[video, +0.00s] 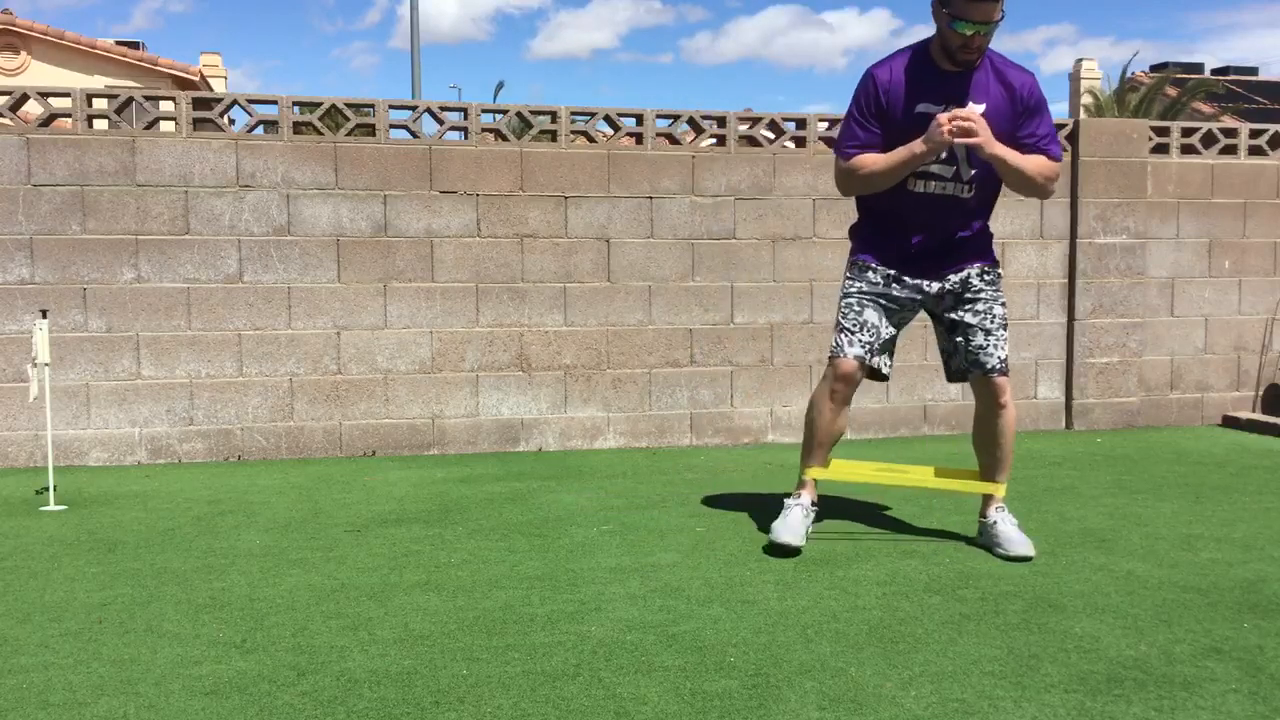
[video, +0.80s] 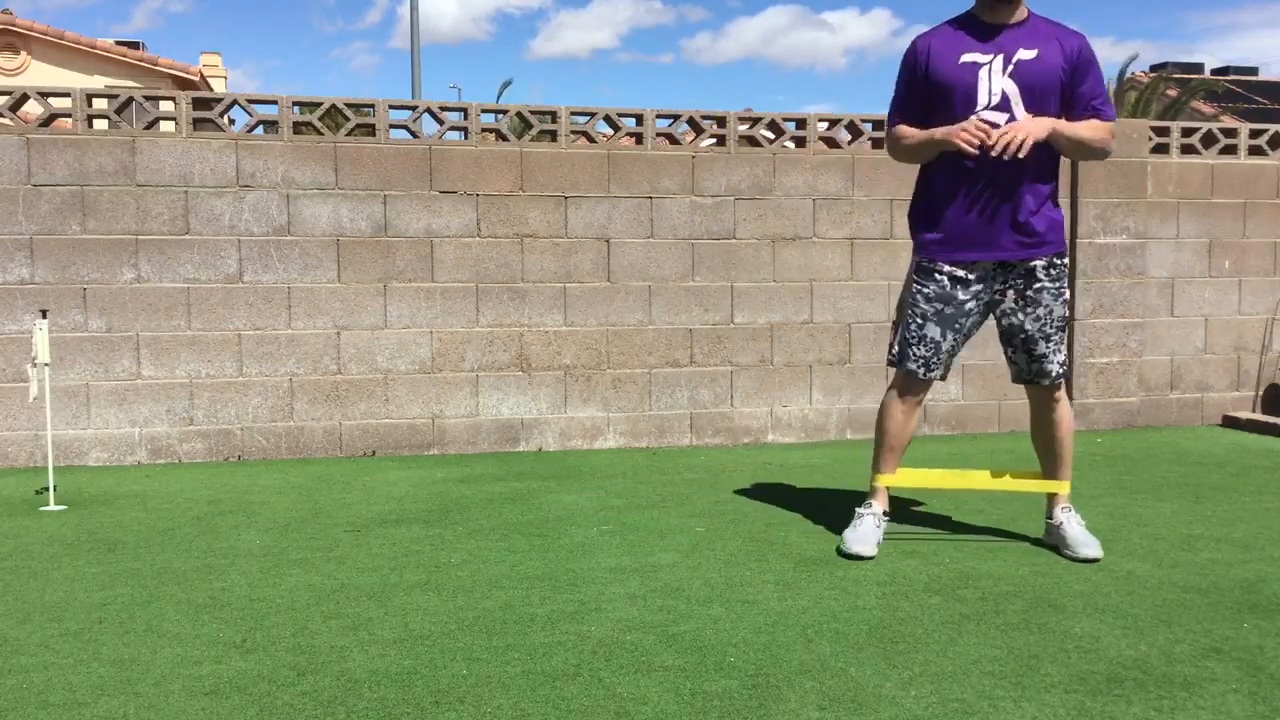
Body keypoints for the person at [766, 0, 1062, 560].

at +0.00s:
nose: (973, 37)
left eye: (987, 26)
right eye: (961, 23)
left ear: (1000, 19)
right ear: (936, 10)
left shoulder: (1016, 85)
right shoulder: (887, 80)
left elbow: (1045, 181)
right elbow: (848, 178)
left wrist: (990, 147)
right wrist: (924, 146)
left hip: (966, 259)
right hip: (883, 256)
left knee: (995, 380)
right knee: (844, 370)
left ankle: (995, 511)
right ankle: (803, 496)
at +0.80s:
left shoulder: (1068, 47)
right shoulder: (930, 48)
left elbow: (1102, 139)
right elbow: (898, 143)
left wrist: (1049, 127)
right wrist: (944, 137)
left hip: (1036, 250)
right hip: (948, 250)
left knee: (1048, 382)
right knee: (910, 378)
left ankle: (1061, 511)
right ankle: (875, 506)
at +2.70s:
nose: (1026, 33)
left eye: (1038, 21)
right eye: (1013, 20)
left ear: (1052, 23)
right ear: (991, 20)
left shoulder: (1079, 95)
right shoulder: (948, 95)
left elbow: (1105, 189)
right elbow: (930, 194)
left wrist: (1047, 119)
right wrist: (1002, 128)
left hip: (1025, 273)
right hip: (937, 267)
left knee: (1069, 393)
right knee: (873, 374)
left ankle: (1072, 513)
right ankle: (800, 493)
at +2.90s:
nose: (963, 56)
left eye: (976, 45)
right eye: (950, 42)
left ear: (989, 43)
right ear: (928, 38)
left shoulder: (1014, 116)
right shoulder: (884, 118)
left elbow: (1036, 208)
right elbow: (872, 214)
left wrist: (980, 138)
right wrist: (939, 143)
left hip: (976, 289)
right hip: (886, 287)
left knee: (1044, 404)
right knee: (823, 393)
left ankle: (1070, 514)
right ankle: (759, 508)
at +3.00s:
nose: (916, 47)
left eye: (929, 36)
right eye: (904, 33)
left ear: (943, 36)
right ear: (882, 30)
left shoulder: (967, 107)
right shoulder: (840, 107)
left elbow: (981, 200)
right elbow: (823, 203)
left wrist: (930, 129)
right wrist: (889, 132)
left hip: (935, 278)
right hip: (847, 276)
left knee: (999, 390)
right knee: (796, 387)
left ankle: (1057, 508)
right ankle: (753, 509)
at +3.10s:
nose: (881, 33)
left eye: (893, 22)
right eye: (869, 20)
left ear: (907, 24)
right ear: (847, 19)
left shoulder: (934, 95)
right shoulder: (807, 93)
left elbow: (943, 188)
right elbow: (786, 186)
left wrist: (892, 115)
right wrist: (851, 118)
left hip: (906, 267)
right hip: (822, 267)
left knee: (961, 380)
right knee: (784, 382)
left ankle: (1002, 505)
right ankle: (752, 509)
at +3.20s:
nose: (857, 30)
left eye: (869, 17)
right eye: (843, 17)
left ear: (885, 17)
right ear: (824, 17)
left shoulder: (914, 85)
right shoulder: (787, 87)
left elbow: (923, 180)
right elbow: (768, 180)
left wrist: (871, 106)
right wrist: (832, 108)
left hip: (888, 259)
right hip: (805, 261)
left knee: (927, 378)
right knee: (775, 380)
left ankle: (937, 502)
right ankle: (751, 508)